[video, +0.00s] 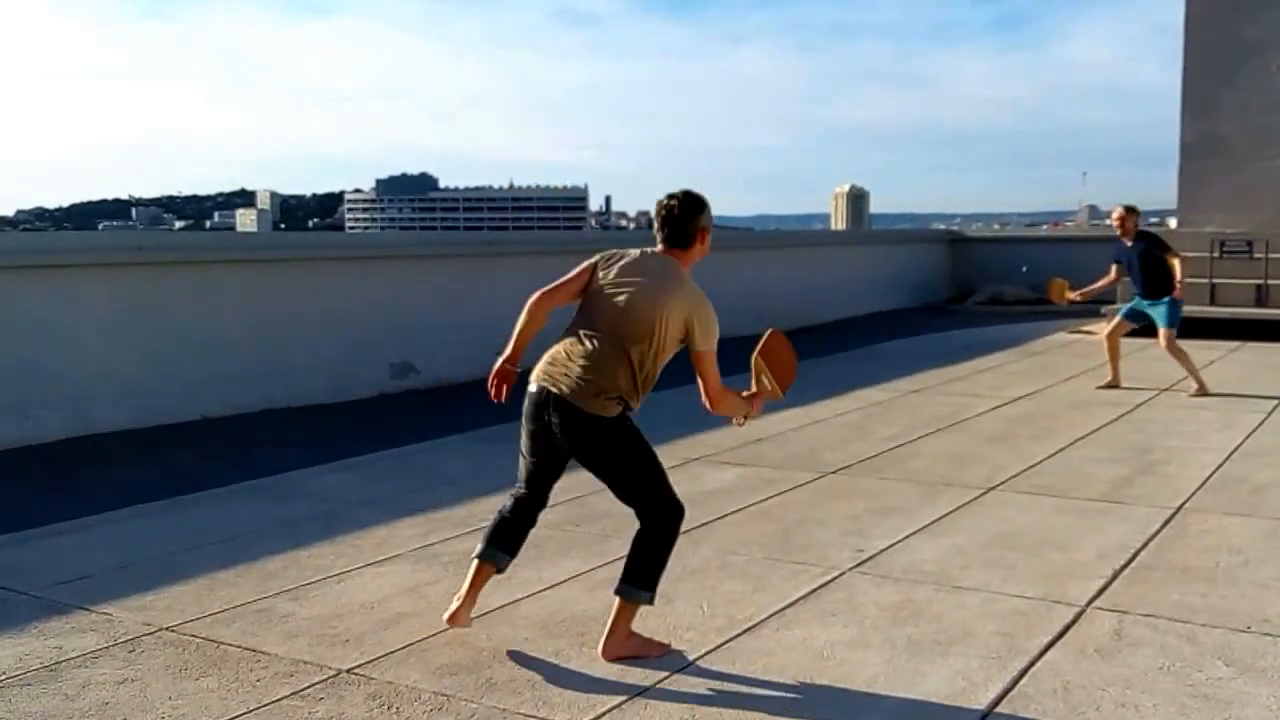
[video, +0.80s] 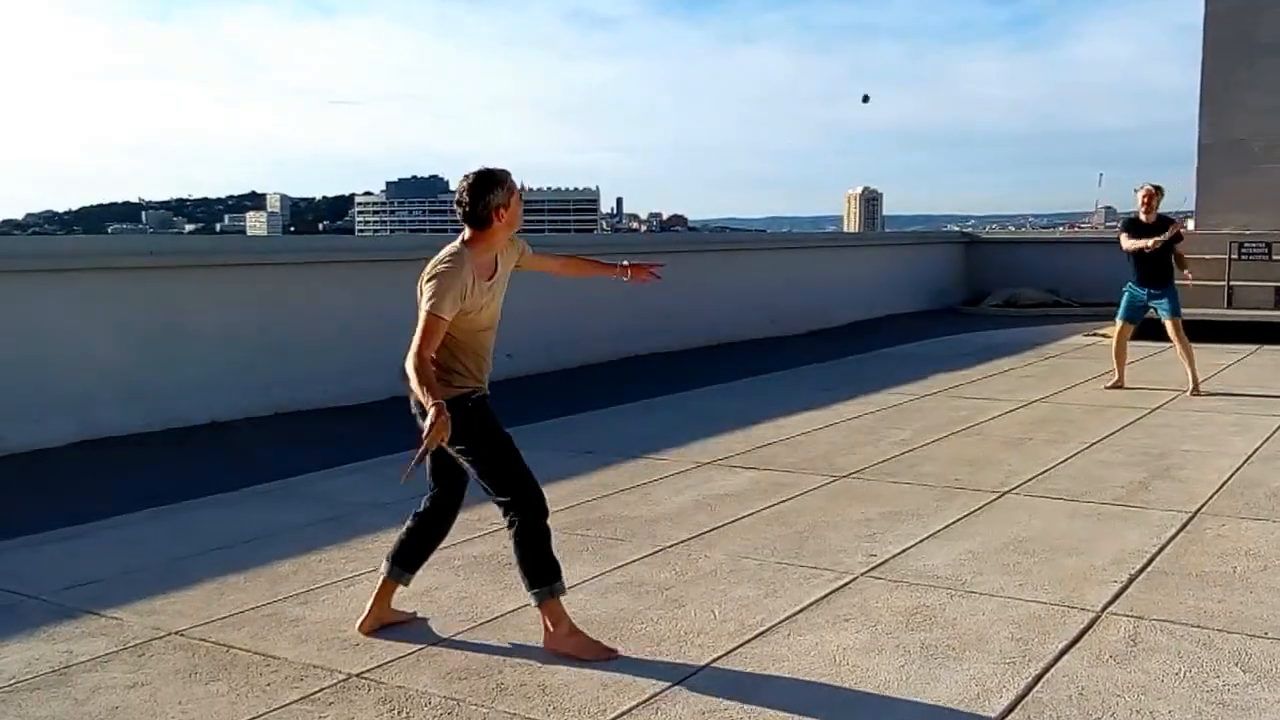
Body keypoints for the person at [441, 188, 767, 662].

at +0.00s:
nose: (710, 239)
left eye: (708, 230)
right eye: (709, 231)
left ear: (658, 230)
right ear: (702, 237)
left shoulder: (611, 262)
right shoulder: (695, 305)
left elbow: (540, 300)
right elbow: (714, 397)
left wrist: (510, 356)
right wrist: (746, 406)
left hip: (542, 392)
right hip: (594, 412)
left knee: (526, 497)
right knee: (663, 512)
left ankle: (463, 603)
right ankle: (619, 635)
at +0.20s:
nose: (684, 174)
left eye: (681, 165)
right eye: (683, 166)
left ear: (633, 167)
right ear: (673, 171)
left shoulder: (588, 202)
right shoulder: (669, 233)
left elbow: (527, 252)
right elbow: (681, 333)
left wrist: (533, 314)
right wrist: (703, 360)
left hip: (535, 347)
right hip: (585, 362)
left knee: (536, 451)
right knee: (620, 491)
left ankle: (484, 544)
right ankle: (613, 627)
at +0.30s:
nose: (667, 175)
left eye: (664, 167)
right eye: (666, 168)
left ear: (615, 173)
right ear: (656, 173)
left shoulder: (575, 217)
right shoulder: (655, 231)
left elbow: (523, 280)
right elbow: (662, 328)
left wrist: (543, 334)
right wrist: (686, 362)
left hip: (535, 355)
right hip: (579, 373)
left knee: (524, 467)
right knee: (620, 505)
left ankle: (458, 571)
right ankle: (594, 637)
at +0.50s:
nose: (626, 203)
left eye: (624, 195)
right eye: (624, 196)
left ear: (576, 205)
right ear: (614, 203)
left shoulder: (556, 247)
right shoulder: (608, 261)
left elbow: (561, 337)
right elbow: (602, 359)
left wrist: (625, 370)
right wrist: (632, 416)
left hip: (509, 391)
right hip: (552, 406)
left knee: (484, 496)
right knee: (624, 512)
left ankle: (426, 590)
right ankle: (598, 646)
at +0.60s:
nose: (595, 199)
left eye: (591, 191)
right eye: (591, 192)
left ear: (546, 204)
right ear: (579, 202)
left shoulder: (532, 248)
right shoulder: (556, 265)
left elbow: (581, 324)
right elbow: (536, 357)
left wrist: (648, 339)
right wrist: (573, 425)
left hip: (487, 396)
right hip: (521, 408)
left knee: (462, 500)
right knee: (604, 512)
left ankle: (396, 595)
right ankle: (597, 646)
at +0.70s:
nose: (554, 202)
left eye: (551, 194)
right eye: (551, 195)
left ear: (511, 205)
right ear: (536, 205)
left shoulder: (530, 249)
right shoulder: (493, 266)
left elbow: (584, 285)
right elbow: (469, 359)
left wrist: (647, 297)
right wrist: (497, 418)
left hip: (470, 397)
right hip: (488, 400)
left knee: (438, 505)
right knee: (563, 506)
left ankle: (379, 607)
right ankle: (595, 638)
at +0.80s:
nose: (521, 207)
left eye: (519, 201)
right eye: (517, 200)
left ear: (493, 214)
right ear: (499, 214)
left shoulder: (507, 249)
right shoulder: (449, 273)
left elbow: (561, 264)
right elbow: (416, 360)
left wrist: (620, 270)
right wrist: (432, 406)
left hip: (462, 396)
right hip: (453, 402)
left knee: (441, 505)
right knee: (525, 500)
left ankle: (378, 609)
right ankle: (559, 628)